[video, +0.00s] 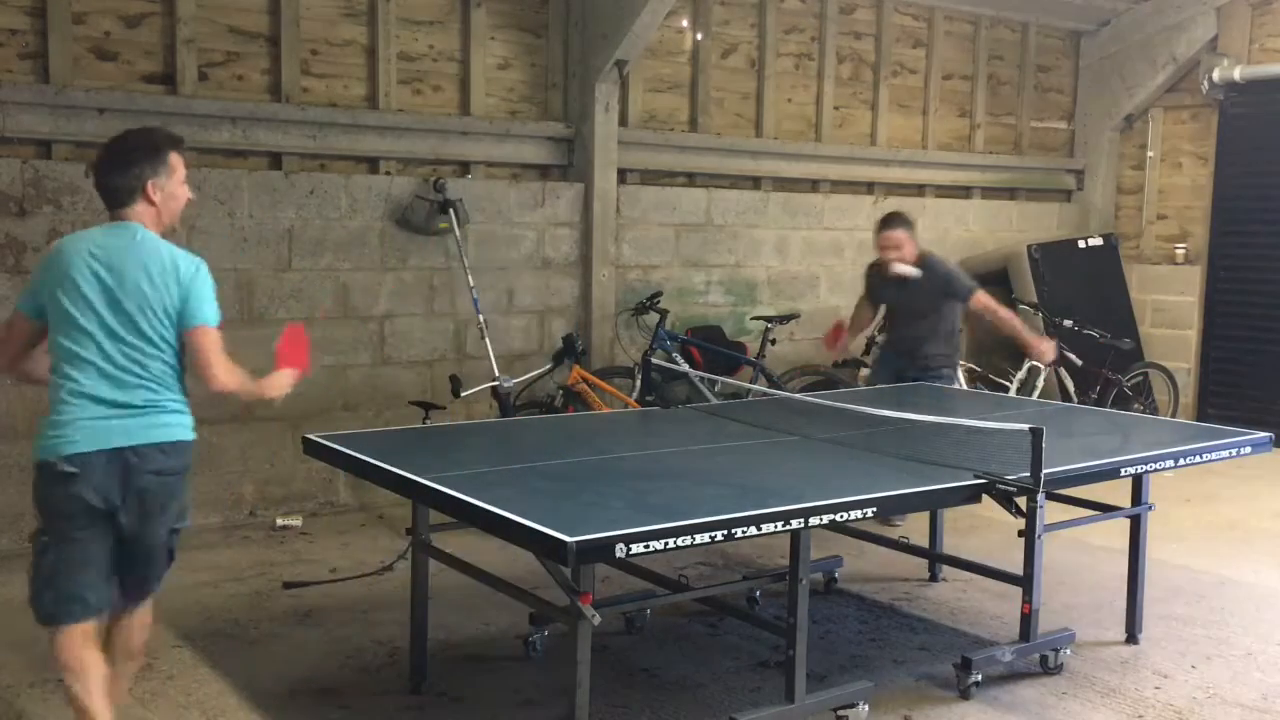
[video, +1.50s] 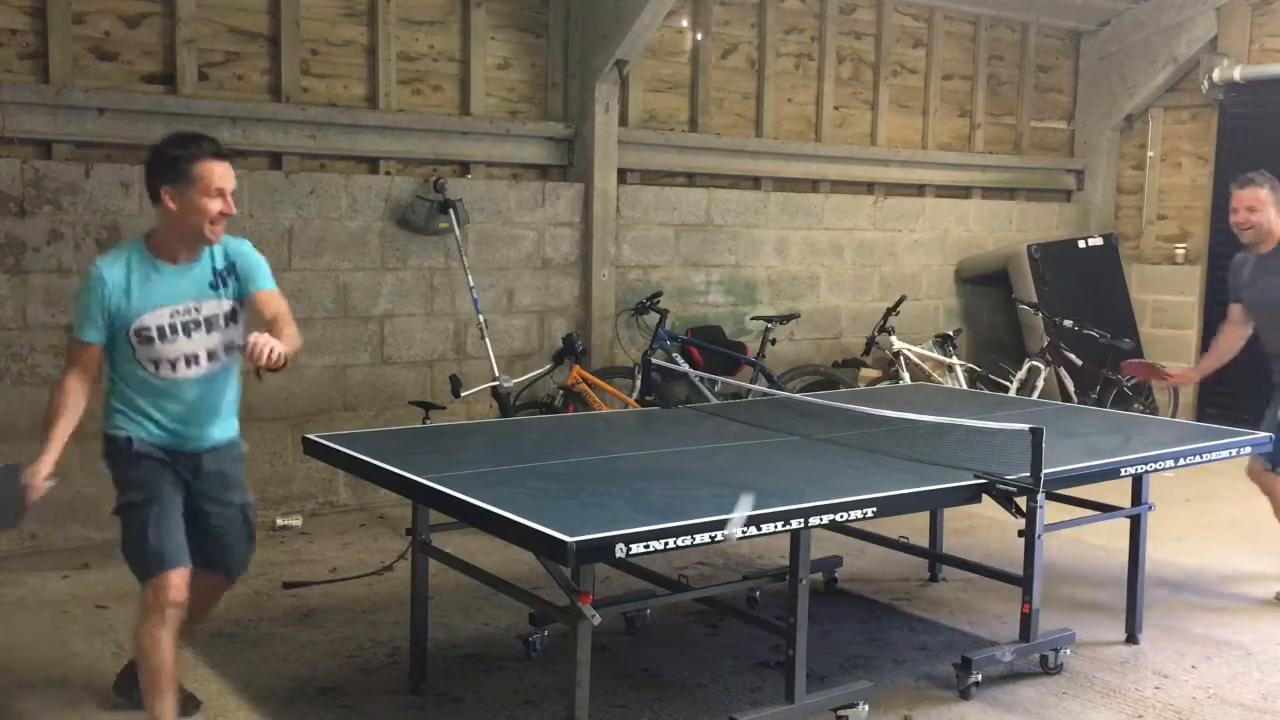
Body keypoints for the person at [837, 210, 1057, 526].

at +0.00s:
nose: (890, 255)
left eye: (897, 247)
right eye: (884, 248)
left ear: (914, 244)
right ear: (878, 247)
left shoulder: (938, 272)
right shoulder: (877, 273)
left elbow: (989, 307)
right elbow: (868, 306)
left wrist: (1032, 341)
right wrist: (848, 333)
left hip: (934, 372)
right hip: (891, 368)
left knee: (921, 439)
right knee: (879, 431)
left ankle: (898, 503)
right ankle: (879, 496)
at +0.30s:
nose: (1068, 252)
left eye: (1073, 243)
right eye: (1059, 243)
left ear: (1079, 241)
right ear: (1035, 238)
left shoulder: (1081, 273)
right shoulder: (1005, 275)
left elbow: (1082, 327)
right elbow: (979, 332)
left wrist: (1092, 374)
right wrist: (1037, 354)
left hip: (1050, 382)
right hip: (1000, 381)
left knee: (1065, 452)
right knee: (980, 454)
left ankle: (1047, 525)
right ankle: (940, 527)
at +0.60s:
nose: (1270, 259)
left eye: (1270, 250)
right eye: (1264, 249)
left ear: (1222, 252)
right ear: (1234, 251)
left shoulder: (1168, 285)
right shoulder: (1243, 304)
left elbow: (1146, 348)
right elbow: (1274, 367)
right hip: (1163, 419)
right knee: (1187, 513)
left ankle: (1189, 569)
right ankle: (1082, 530)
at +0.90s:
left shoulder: (1255, 294)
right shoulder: (1259, 293)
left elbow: (1202, 346)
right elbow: (1202, 346)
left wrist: (1176, 399)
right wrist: (1177, 400)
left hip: (1245, 409)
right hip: (1270, 409)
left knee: (1277, 497)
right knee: (1277, 498)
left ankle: (1222, 556)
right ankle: (1221, 556)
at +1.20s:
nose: (1274, 231)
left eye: (1278, 222)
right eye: (1273, 222)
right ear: (1269, 222)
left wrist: (1267, 397)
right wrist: (1268, 391)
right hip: (1278, 415)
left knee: (1263, 478)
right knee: (1261, 477)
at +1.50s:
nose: (1241, 218)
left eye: (1252, 209)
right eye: (1235, 210)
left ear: (1275, 211)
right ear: (1230, 215)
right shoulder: (1245, 264)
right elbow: (1238, 324)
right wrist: (1197, 372)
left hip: (1277, 390)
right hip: (1276, 388)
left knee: (1263, 467)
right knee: (1262, 468)